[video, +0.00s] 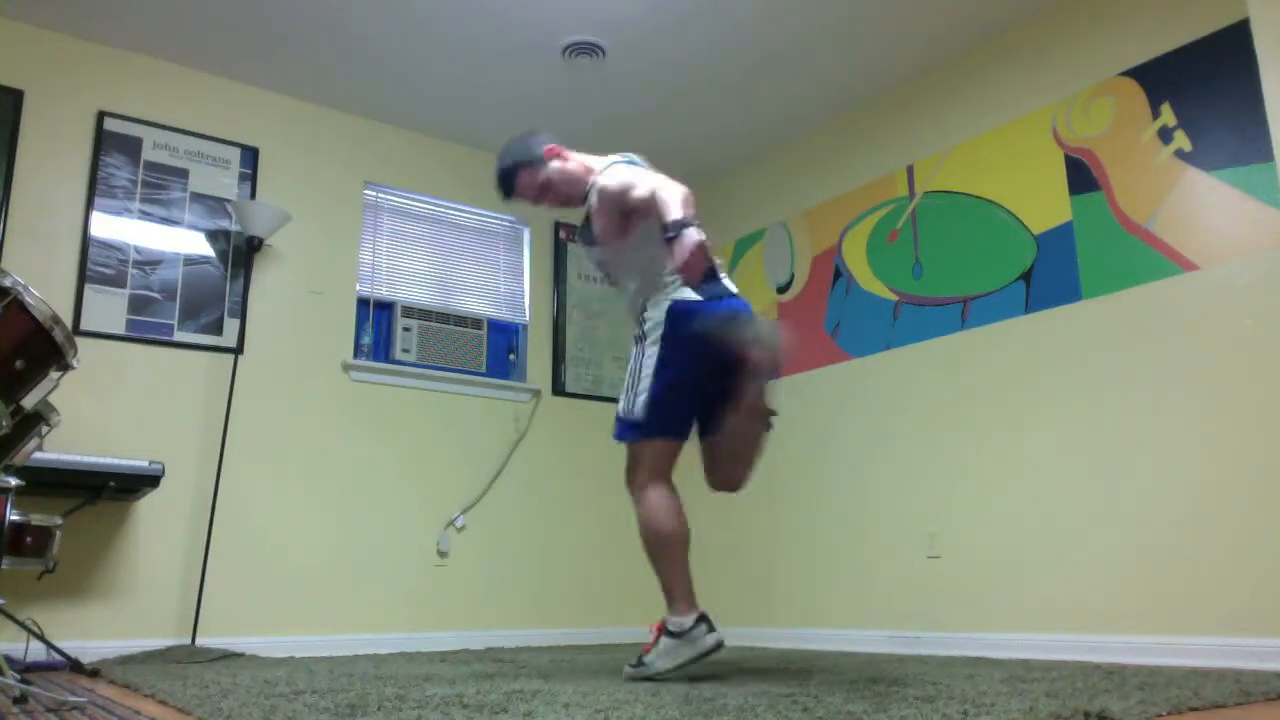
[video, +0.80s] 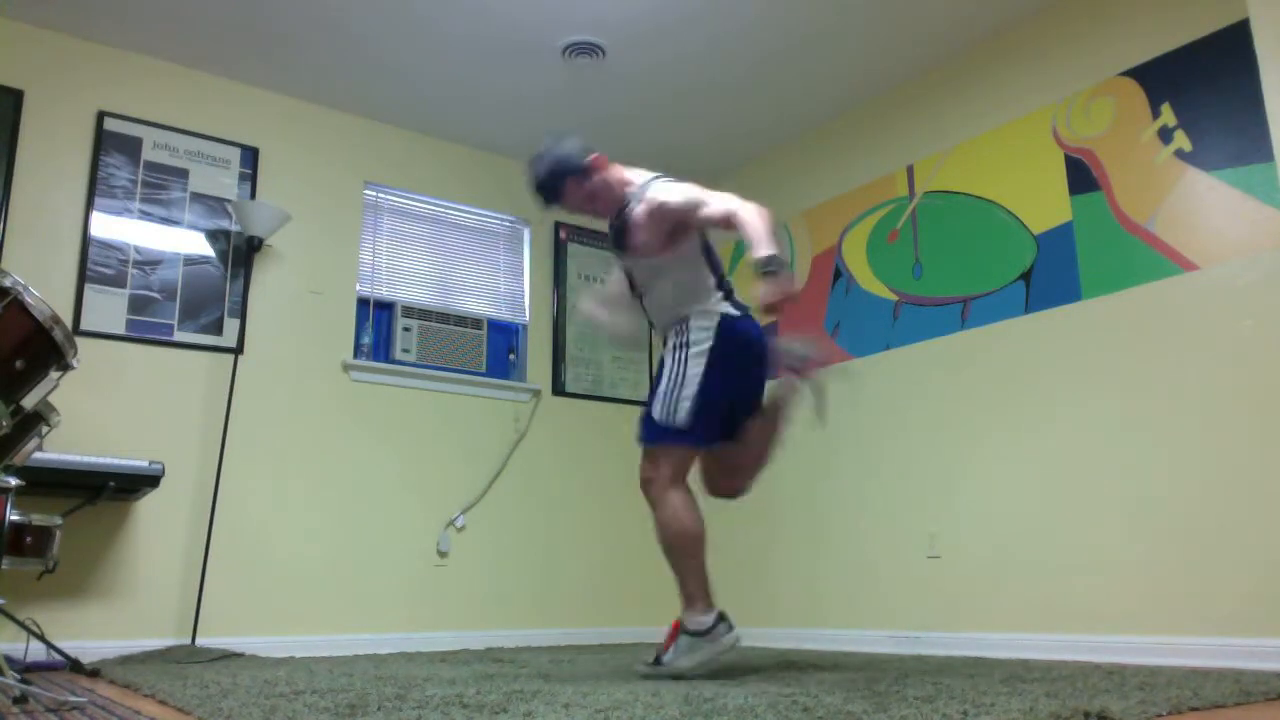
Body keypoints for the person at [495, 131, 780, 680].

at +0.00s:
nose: (548, 201)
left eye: (542, 189)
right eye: (538, 200)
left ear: (556, 156)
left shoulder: (609, 178)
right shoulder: (608, 195)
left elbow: (667, 190)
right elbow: (630, 243)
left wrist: (681, 232)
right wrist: (585, 237)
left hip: (678, 317)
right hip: (723, 309)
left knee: (648, 477)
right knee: (728, 472)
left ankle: (685, 624)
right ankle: (759, 365)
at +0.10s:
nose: (561, 207)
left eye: (555, 194)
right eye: (552, 205)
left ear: (568, 161)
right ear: (551, 200)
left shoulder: (619, 183)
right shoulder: (612, 207)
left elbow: (669, 199)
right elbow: (629, 267)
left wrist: (663, 242)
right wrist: (575, 277)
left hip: (686, 331)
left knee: (658, 489)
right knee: (711, 485)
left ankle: (695, 641)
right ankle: (706, 393)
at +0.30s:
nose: (560, 223)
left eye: (556, 209)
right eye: (548, 223)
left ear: (562, 176)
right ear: (541, 221)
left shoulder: (614, 201)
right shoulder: (617, 212)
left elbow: (682, 213)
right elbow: (689, 230)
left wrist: (632, 257)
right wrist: (730, 266)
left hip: (689, 340)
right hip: (717, 335)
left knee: (670, 498)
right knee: (769, 483)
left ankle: (697, 645)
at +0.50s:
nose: (569, 254)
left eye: (562, 240)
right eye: (557, 253)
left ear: (573, 206)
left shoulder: (630, 230)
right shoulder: (613, 230)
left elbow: (691, 265)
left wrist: (649, 337)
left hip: (719, 358)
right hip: (743, 355)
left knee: (676, 502)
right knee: (716, 504)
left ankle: (708, 646)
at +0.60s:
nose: (567, 264)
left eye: (561, 251)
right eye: (556, 262)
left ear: (572, 217)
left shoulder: (638, 241)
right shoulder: (620, 249)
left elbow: (699, 270)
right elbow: (690, 244)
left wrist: (656, 334)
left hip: (723, 366)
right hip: (709, 371)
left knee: (673, 502)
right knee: (712, 516)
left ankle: (708, 646)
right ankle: (822, 601)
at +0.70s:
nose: (571, 245)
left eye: (564, 234)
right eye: (561, 242)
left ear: (572, 203)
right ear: (564, 218)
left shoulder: (640, 219)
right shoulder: (618, 231)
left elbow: (713, 235)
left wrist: (705, 299)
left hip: (723, 349)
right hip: (703, 354)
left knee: (693, 495)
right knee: (694, 493)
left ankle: (709, 644)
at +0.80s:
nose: (578, 211)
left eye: (572, 200)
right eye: (570, 206)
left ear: (589, 172)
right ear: (580, 182)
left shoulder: (656, 199)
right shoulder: (628, 220)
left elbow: (747, 212)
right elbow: (652, 284)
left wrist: (769, 265)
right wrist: (609, 307)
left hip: (705, 334)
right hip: (720, 336)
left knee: (660, 479)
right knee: (727, 479)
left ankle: (701, 624)